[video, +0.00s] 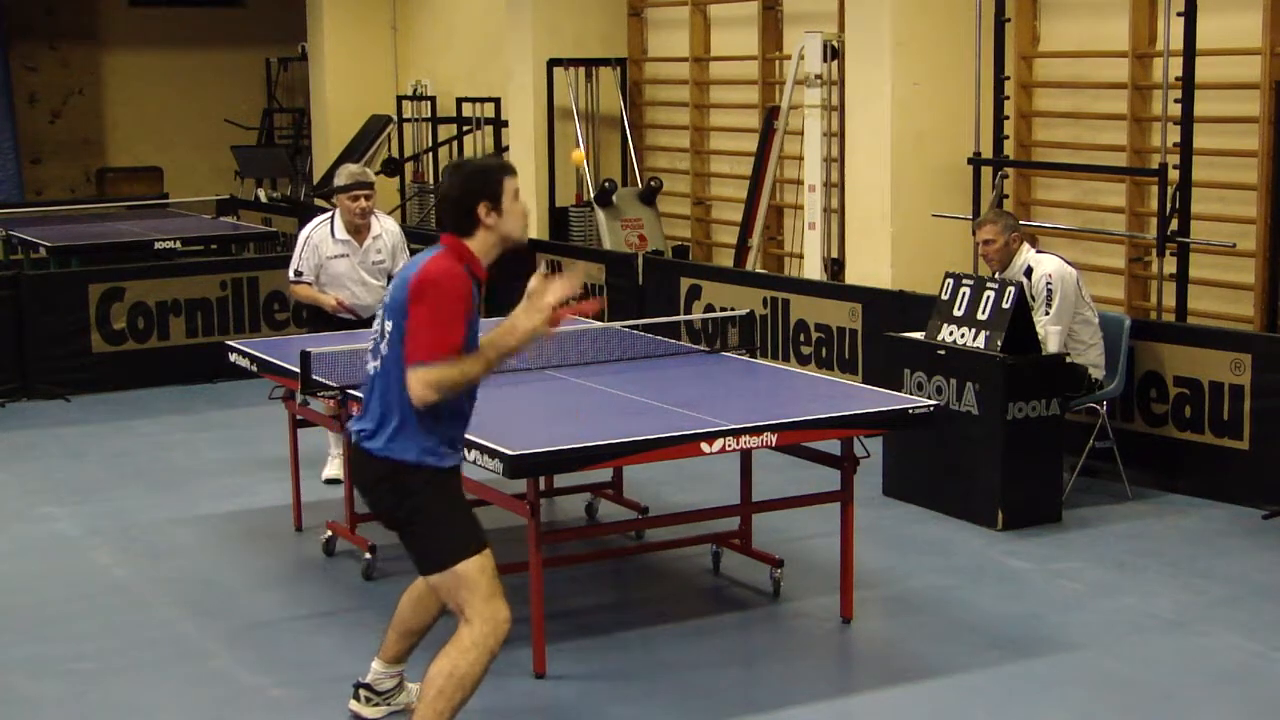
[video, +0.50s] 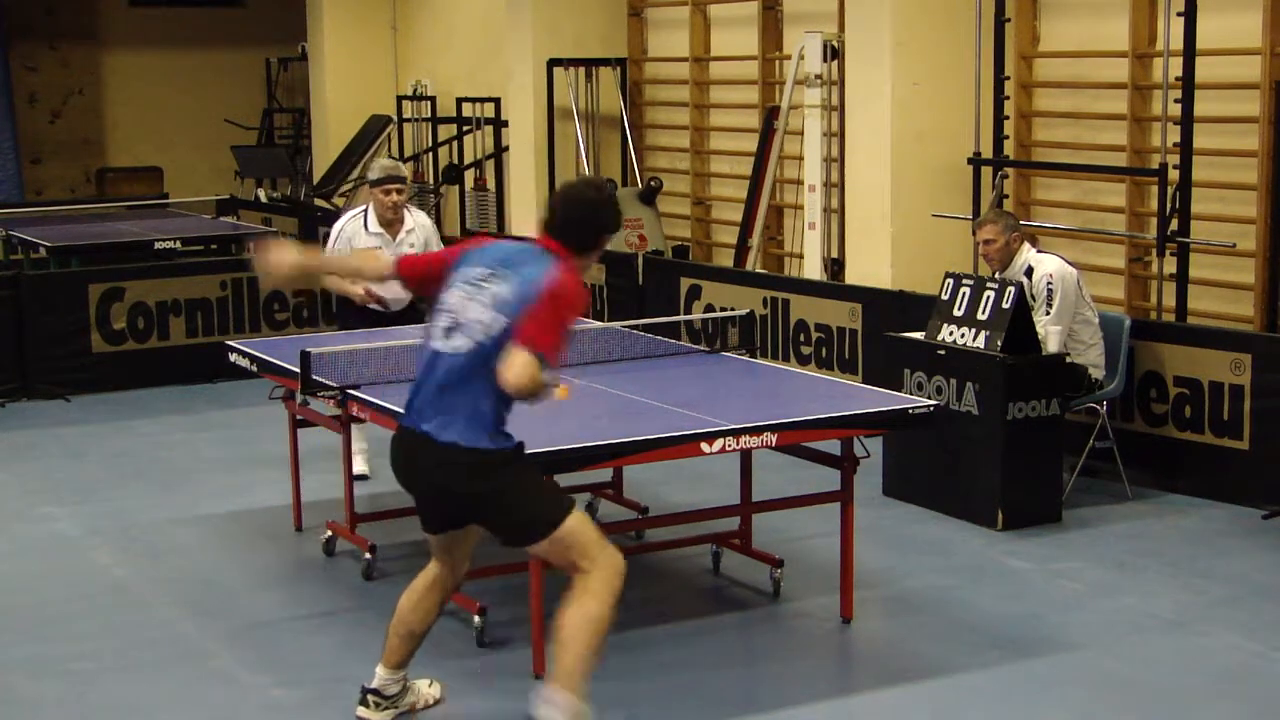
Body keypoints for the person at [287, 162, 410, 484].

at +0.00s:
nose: (363, 205)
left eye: (368, 197)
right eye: (354, 199)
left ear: (375, 197)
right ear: (337, 200)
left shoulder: (390, 230)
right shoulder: (314, 234)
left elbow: (405, 279)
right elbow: (297, 286)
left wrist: (401, 315)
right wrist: (323, 299)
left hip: (380, 320)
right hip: (332, 323)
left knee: (380, 386)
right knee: (335, 391)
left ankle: (382, 453)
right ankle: (336, 453)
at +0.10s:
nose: (369, 201)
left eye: (374, 194)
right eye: (360, 195)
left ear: (381, 194)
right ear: (343, 197)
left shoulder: (396, 226)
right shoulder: (321, 229)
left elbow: (411, 272)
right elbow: (302, 281)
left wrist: (409, 307)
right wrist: (327, 296)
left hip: (385, 317)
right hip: (338, 320)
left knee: (395, 383)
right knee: (336, 387)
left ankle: (401, 454)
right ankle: (337, 451)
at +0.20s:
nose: (377, 198)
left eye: (383, 191)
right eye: (369, 191)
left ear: (391, 191)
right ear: (352, 193)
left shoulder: (403, 224)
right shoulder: (332, 228)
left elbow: (420, 267)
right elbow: (312, 278)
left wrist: (410, 297)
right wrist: (335, 292)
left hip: (395, 310)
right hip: (348, 314)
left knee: (409, 377)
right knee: (341, 382)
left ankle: (414, 452)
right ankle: (338, 450)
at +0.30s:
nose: (385, 196)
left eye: (391, 189)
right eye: (377, 190)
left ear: (398, 189)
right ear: (360, 192)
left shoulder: (415, 221)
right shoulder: (340, 227)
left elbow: (432, 265)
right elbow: (321, 277)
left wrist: (421, 294)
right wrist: (342, 290)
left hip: (409, 309)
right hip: (360, 312)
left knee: (420, 376)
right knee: (350, 379)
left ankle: (425, 451)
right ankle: (340, 448)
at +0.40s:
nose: (391, 197)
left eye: (396, 189)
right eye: (382, 190)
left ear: (404, 190)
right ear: (367, 192)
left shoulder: (420, 221)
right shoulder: (345, 225)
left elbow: (436, 267)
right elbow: (325, 276)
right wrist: (355, 293)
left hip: (409, 315)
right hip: (362, 317)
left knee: (416, 379)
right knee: (354, 383)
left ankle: (421, 449)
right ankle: (358, 451)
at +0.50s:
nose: (394, 199)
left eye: (400, 192)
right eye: (386, 193)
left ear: (408, 192)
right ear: (371, 193)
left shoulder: (423, 224)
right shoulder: (348, 226)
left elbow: (440, 269)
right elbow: (324, 274)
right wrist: (351, 289)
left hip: (408, 308)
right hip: (362, 311)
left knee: (416, 377)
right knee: (355, 379)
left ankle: (423, 449)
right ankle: (358, 451)